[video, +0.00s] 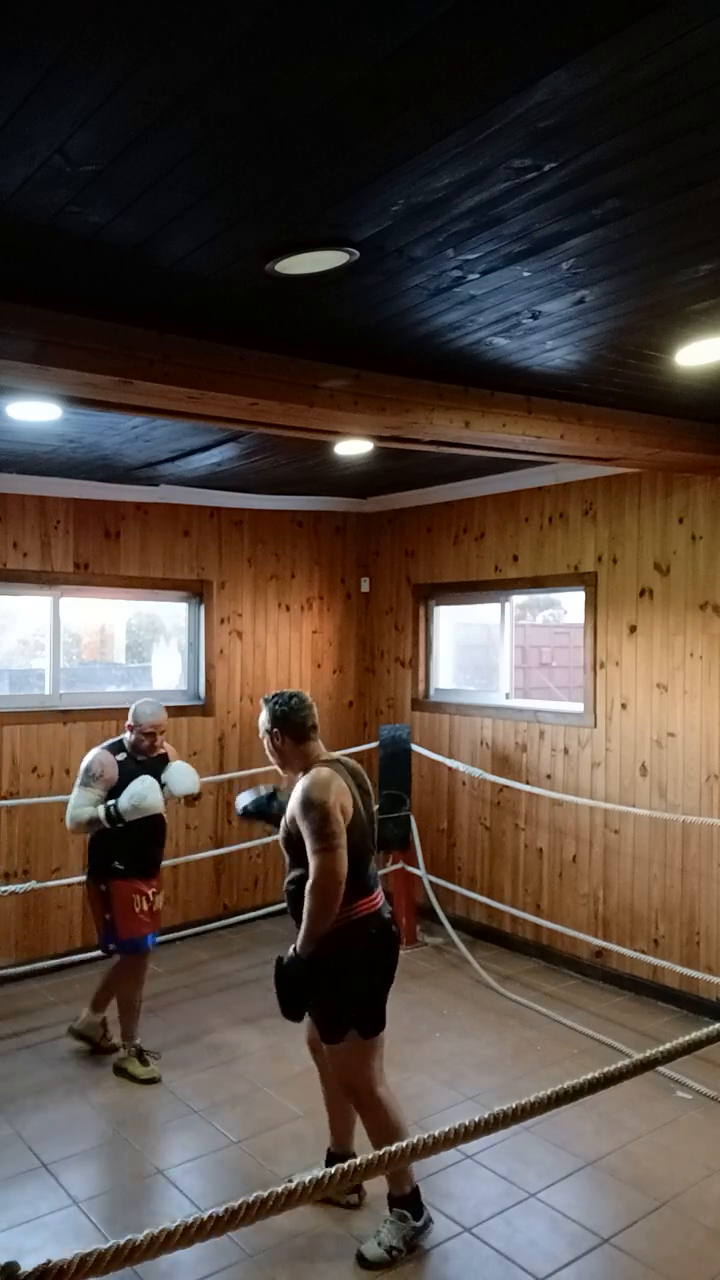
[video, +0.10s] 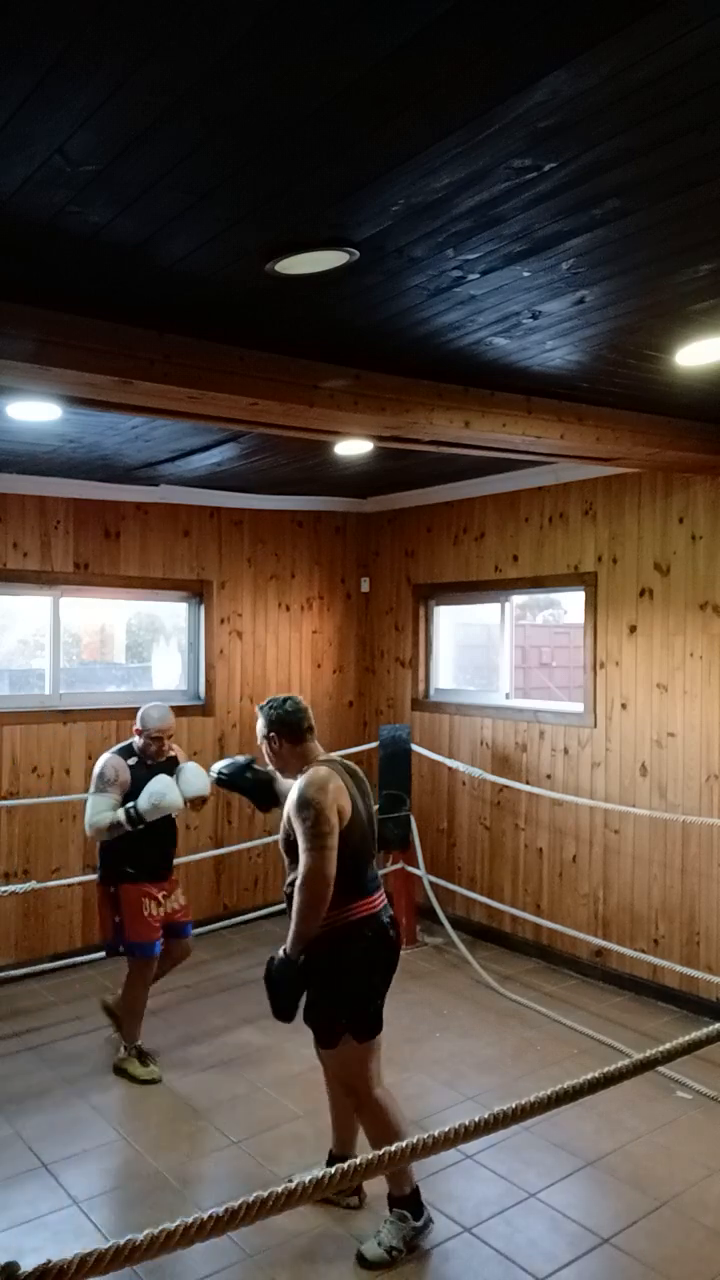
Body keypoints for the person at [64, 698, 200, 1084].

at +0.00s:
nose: (157, 741)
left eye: (161, 733)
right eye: (149, 734)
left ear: (165, 730)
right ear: (130, 730)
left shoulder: (162, 754)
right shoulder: (103, 761)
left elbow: (183, 788)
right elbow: (77, 819)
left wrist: (181, 782)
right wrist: (119, 809)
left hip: (148, 871)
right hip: (115, 875)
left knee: (135, 953)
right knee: (135, 956)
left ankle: (91, 1019)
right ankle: (129, 1049)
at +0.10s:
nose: (165, 744)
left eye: (168, 737)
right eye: (156, 738)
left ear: (174, 731)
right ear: (137, 734)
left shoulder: (173, 757)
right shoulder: (113, 765)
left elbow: (195, 807)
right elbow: (96, 827)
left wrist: (196, 790)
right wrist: (140, 810)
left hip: (163, 877)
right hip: (128, 881)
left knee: (179, 948)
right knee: (143, 964)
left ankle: (122, 1003)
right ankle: (129, 1051)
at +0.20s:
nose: (176, 741)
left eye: (180, 734)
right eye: (167, 735)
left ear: (186, 729)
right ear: (150, 730)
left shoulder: (184, 754)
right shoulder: (125, 761)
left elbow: (193, 799)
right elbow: (110, 822)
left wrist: (214, 781)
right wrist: (156, 804)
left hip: (178, 873)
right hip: (140, 880)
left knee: (200, 940)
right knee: (146, 964)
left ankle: (166, 1006)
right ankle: (130, 1050)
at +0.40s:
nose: (204, 743)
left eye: (209, 736)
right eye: (196, 736)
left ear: (215, 731)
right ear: (178, 731)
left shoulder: (217, 758)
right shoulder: (152, 760)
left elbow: (240, 798)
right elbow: (123, 817)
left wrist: (234, 791)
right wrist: (166, 806)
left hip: (203, 874)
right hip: (162, 880)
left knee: (220, 950)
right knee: (169, 967)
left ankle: (217, 1023)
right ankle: (137, 1045)